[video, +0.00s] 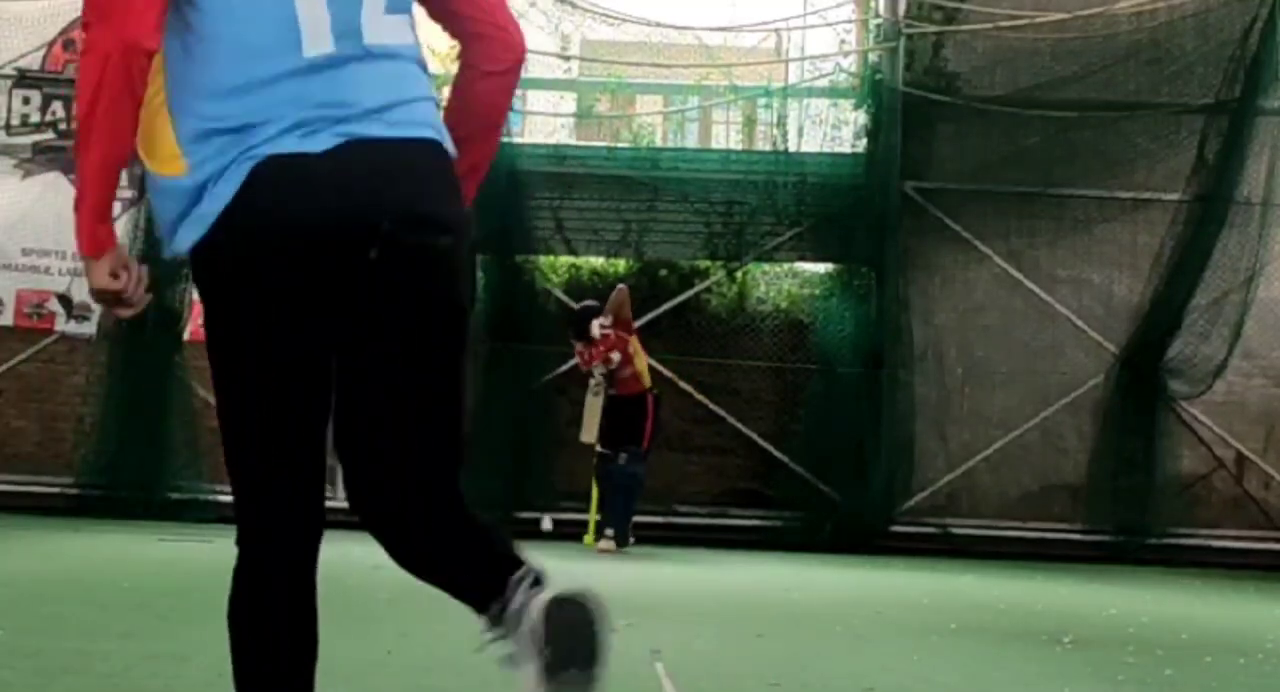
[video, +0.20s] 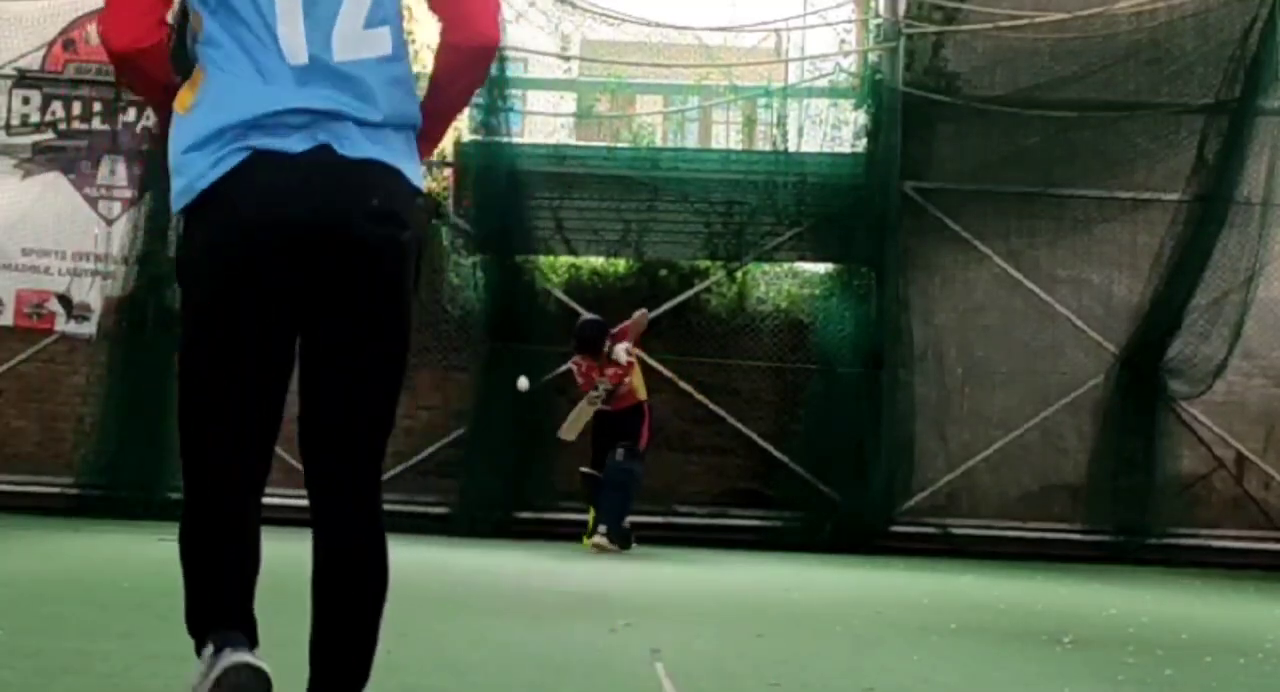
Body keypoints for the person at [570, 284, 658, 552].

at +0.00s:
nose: (601, 328)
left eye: (599, 324)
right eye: (596, 326)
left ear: (599, 323)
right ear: (586, 331)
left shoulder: (621, 330)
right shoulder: (587, 351)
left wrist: (607, 318)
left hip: (636, 394)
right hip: (612, 395)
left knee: (630, 459)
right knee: (607, 457)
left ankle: (620, 528)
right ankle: (608, 527)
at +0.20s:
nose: (594, 357)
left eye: (598, 351)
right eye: (588, 353)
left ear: (605, 341)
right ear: (581, 348)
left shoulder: (619, 340)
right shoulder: (580, 364)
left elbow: (643, 315)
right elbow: (590, 395)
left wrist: (625, 343)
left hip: (633, 408)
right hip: (605, 412)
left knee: (623, 465)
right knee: (598, 472)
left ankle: (606, 530)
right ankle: (617, 530)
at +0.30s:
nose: (604, 354)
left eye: (604, 349)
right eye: (594, 354)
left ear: (607, 343)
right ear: (584, 352)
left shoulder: (620, 342)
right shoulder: (578, 365)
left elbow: (663, 335)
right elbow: (584, 395)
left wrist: (647, 361)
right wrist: (605, 393)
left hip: (630, 409)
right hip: (603, 413)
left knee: (620, 463)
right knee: (597, 469)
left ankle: (600, 522)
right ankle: (615, 526)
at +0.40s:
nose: (592, 358)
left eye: (595, 352)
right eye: (587, 353)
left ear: (606, 343)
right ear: (580, 347)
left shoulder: (625, 347)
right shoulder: (577, 359)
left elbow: (663, 366)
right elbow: (577, 394)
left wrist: (643, 388)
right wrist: (598, 399)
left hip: (625, 412)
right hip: (596, 413)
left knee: (616, 466)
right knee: (595, 471)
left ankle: (599, 526)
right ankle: (616, 527)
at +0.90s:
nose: (603, 321)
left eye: (609, 315)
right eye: (598, 315)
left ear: (618, 318)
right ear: (590, 318)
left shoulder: (631, 351)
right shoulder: (578, 348)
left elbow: (633, 389)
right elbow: (575, 385)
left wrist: (629, 420)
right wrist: (576, 416)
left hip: (616, 409)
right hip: (587, 408)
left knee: (605, 472)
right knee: (577, 469)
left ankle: (594, 534)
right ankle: (583, 531)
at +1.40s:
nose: (608, 294)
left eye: (615, 290)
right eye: (605, 288)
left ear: (625, 297)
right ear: (597, 292)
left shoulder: (633, 333)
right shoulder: (580, 325)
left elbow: (640, 375)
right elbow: (556, 360)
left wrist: (643, 407)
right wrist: (560, 384)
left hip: (618, 397)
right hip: (587, 396)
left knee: (608, 462)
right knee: (582, 460)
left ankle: (593, 531)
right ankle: (587, 528)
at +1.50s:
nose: (614, 295)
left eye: (621, 291)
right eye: (611, 288)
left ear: (627, 298)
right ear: (601, 292)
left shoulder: (633, 331)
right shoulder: (580, 324)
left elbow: (638, 368)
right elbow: (561, 364)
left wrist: (640, 396)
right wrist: (578, 366)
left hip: (620, 396)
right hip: (590, 395)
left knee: (613, 459)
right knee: (585, 458)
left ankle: (601, 527)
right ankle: (587, 525)